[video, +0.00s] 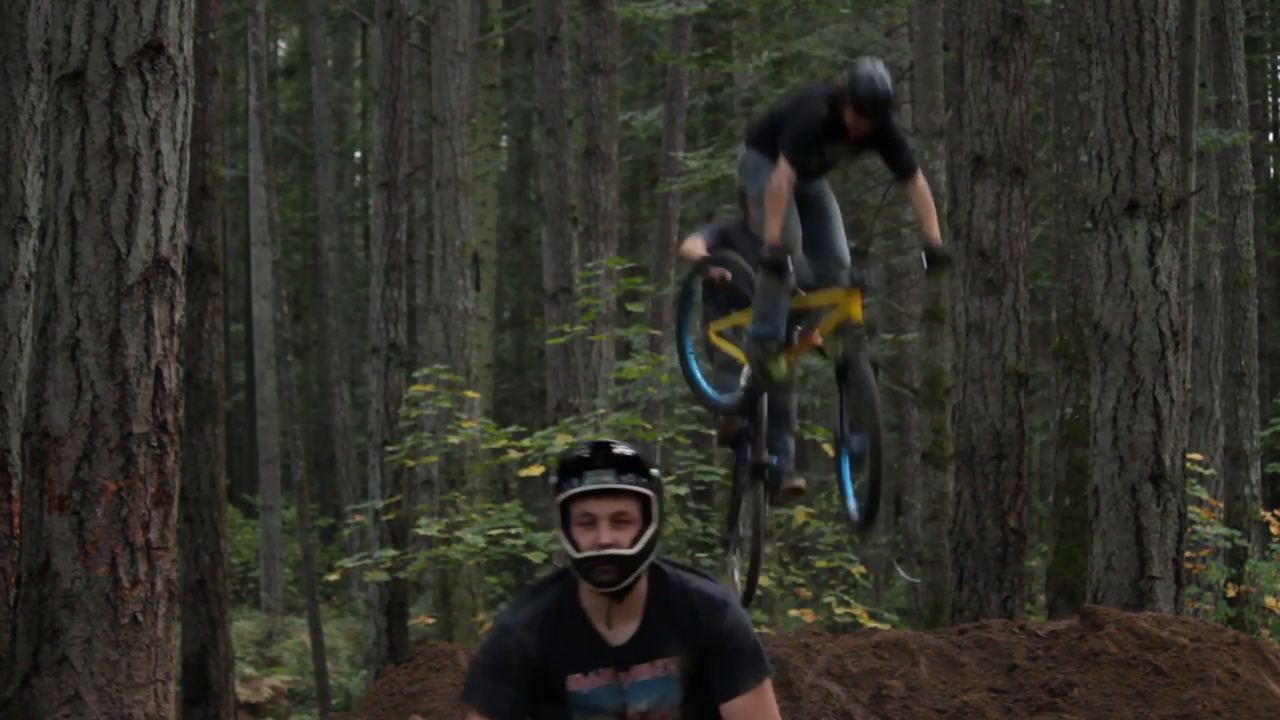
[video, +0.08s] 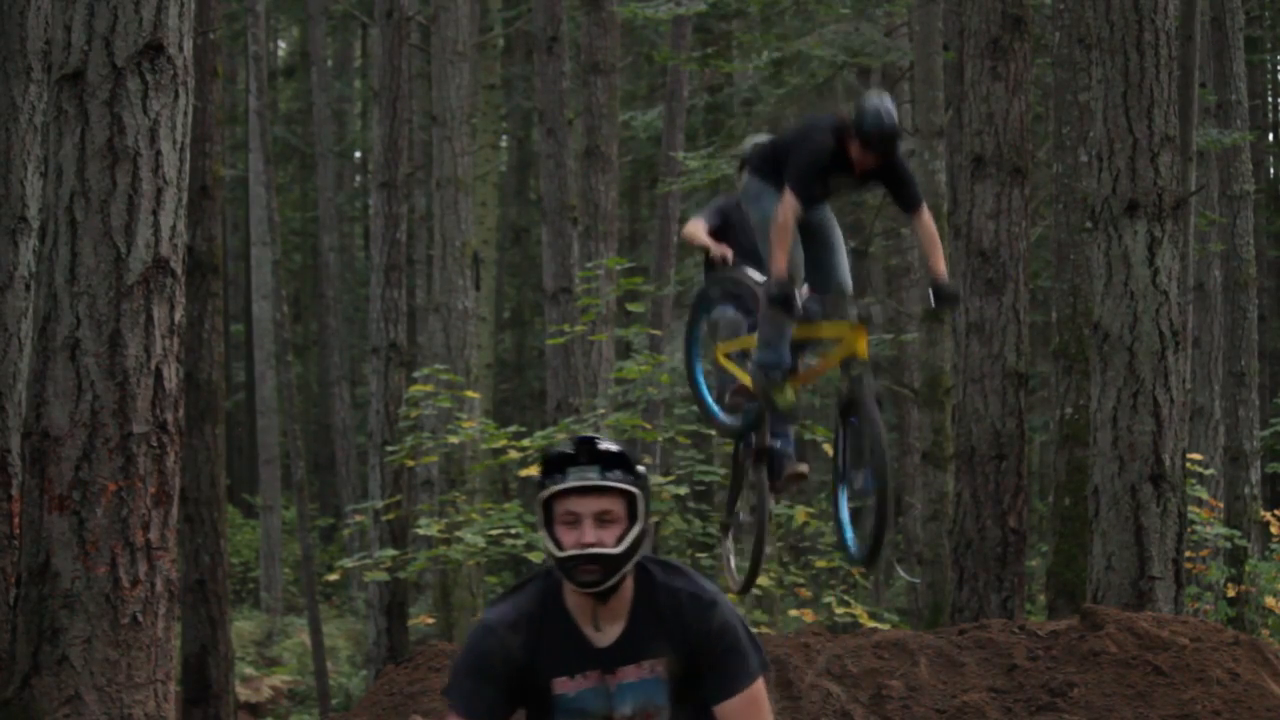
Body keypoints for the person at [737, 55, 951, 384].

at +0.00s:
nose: (863, 126)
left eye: (871, 120)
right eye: (859, 116)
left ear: (883, 115)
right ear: (846, 103)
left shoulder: (882, 126)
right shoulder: (815, 111)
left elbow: (914, 179)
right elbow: (782, 176)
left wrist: (934, 242)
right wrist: (773, 243)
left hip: (809, 177)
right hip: (763, 162)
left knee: (836, 261)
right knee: (783, 248)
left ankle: (823, 332)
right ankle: (765, 340)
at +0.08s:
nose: (868, 159)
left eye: (877, 153)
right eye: (864, 149)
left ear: (888, 148)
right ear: (852, 136)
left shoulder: (887, 161)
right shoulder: (819, 145)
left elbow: (920, 215)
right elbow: (786, 209)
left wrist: (940, 279)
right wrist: (779, 277)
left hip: (811, 199)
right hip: (765, 187)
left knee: (838, 287)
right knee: (785, 278)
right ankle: (770, 369)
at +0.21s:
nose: (877, 241)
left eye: (887, 234)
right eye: (874, 230)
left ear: (900, 228)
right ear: (862, 214)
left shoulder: (896, 233)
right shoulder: (830, 217)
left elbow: (928, 294)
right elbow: (800, 285)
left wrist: (951, 362)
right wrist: (798, 358)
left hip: (819, 257)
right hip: (771, 248)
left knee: (839, 351)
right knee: (786, 341)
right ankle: (786, 439)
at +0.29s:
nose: (885, 330)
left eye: (895, 326)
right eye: (885, 321)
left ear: (910, 311)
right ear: (874, 302)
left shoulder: (906, 307)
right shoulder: (838, 301)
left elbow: (934, 358)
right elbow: (789, 368)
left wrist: (953, 413)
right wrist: (812, 424)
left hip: (829, 330)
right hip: (781, 324)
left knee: (847, 424)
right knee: (797, 428)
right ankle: (800, 532)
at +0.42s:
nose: (888, 369)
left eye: (898, 363)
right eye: (888, 360)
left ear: (911, 343)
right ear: (877, 340)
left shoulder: (911, 333)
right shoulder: (839, 329)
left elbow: (930, 371)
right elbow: (789, 394)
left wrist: (932, 420)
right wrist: (836, 445)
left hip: (837, 365)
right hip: (786, 361)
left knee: (871, 452)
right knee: (804, 470)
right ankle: (803, 579)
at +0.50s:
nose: (908, 428)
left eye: (915, 422)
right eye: (910, 418)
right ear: (896, 399)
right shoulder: (854, 398)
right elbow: (832, 480)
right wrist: (864, 507)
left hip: (828, 416)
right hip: (788, 423)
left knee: (865, 473)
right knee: (825, 509)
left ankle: (858, 541)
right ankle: (811, 606)